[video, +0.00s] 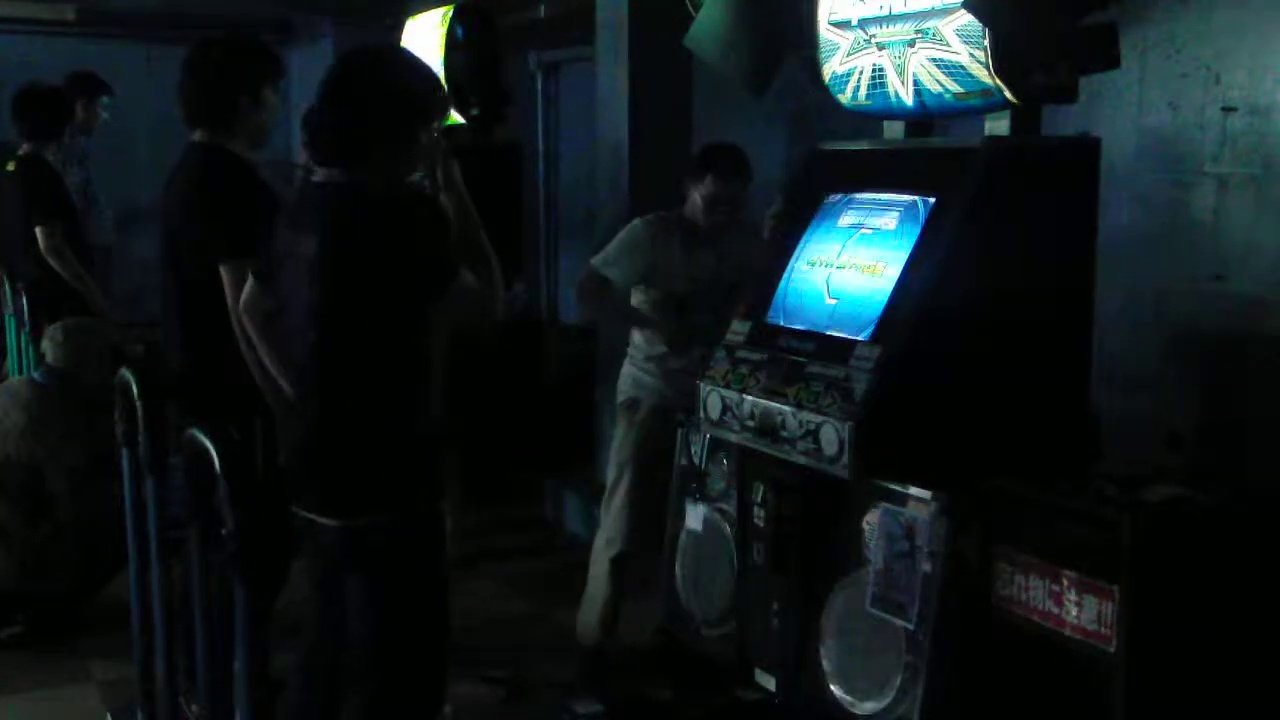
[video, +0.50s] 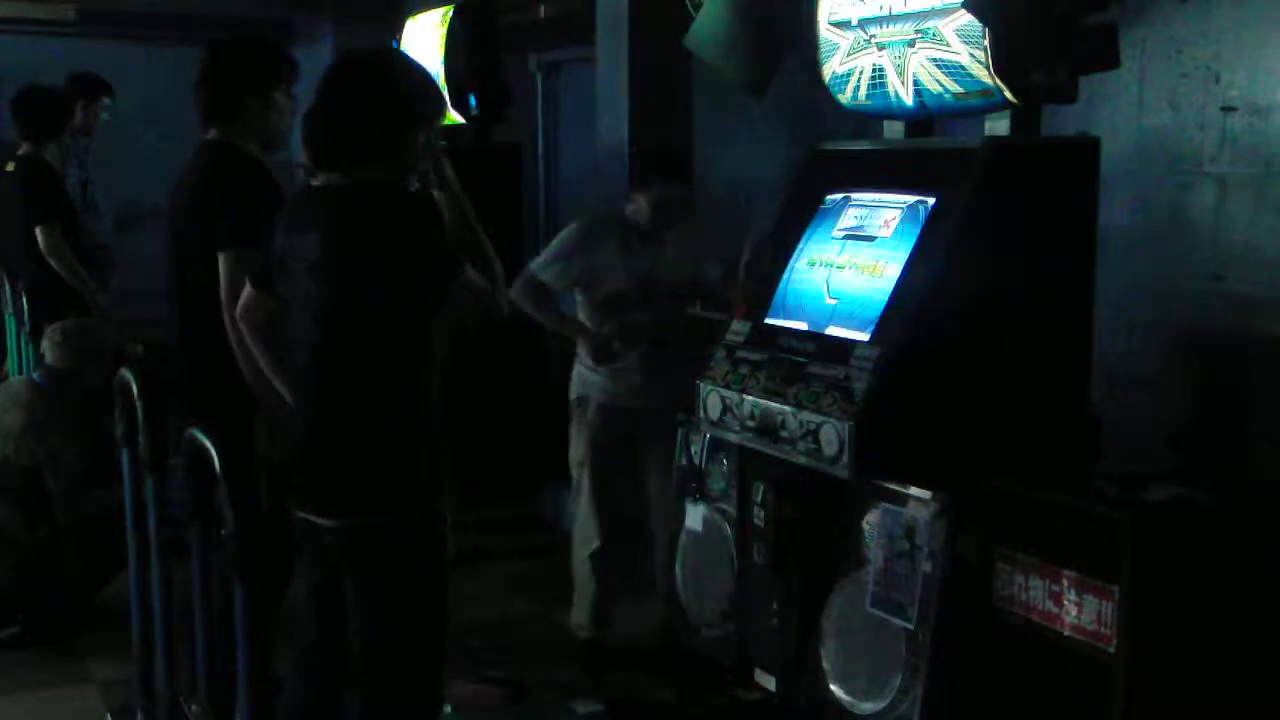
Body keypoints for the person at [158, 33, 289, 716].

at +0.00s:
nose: (277, 109)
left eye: (277, 95)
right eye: (270, 95)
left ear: (199, 99)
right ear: (247, 102)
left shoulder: (191, 171)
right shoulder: (233, 177)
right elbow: (242, 301)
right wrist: (287, 392)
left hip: (196, 382)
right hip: (233, 392)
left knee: (210, 535)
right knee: (254, 540)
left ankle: (205, 676)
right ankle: (242, 680)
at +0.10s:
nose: (278, 109)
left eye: (278, 95)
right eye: (272, 95)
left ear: (201, 99)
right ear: (247, 102)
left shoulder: (191, 170)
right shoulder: (233, 177)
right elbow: (242, 304)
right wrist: (287, 395)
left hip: (195, 382)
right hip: (231, 393)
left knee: (211, 537)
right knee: (252, 543)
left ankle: (205, 677)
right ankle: (241, 681)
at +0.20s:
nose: (281, 110)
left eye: (280, 95)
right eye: (273, 96)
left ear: (206, 100)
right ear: (245, 102)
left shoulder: (195, 171)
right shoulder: (235, 177)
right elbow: (242, 301)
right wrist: (287, 394)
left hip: (199, 381)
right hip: (234, 392)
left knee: (213, 536)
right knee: (252, 543)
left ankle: (210, 680)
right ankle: (244, 683)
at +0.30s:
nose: (285, 109)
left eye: (283, 94)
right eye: (278, 95)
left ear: (209, 100)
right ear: (252, 102)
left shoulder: (199, 170)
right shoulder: (237, 175)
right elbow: (241, 302)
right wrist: (289, 396)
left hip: (200, 382)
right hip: (234, 394)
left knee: (214, 539)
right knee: (251, 546)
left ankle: (212, 681)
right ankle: (243, 684)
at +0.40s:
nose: (289, 110)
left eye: (288, 95)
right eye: (281, 95)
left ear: (214, 100)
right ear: (253, 101)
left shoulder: (200, 168)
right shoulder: (241, 173)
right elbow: (241, 300)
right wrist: (283, 391)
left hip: (199, 381)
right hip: (232, 392)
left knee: (214, 538)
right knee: (250, 544)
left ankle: (212, 681)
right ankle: (241, 686)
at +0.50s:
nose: (292, 111)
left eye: (291, 96)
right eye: (285, 96)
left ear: (219, 100)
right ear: (256, 101)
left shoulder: (204, 167)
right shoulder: (243, 173)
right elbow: (239, 301)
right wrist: (282, 395)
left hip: (202, 383)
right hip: (234, 394)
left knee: (217, 538)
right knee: (252, 544)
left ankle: (216, 683)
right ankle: (245, 686)